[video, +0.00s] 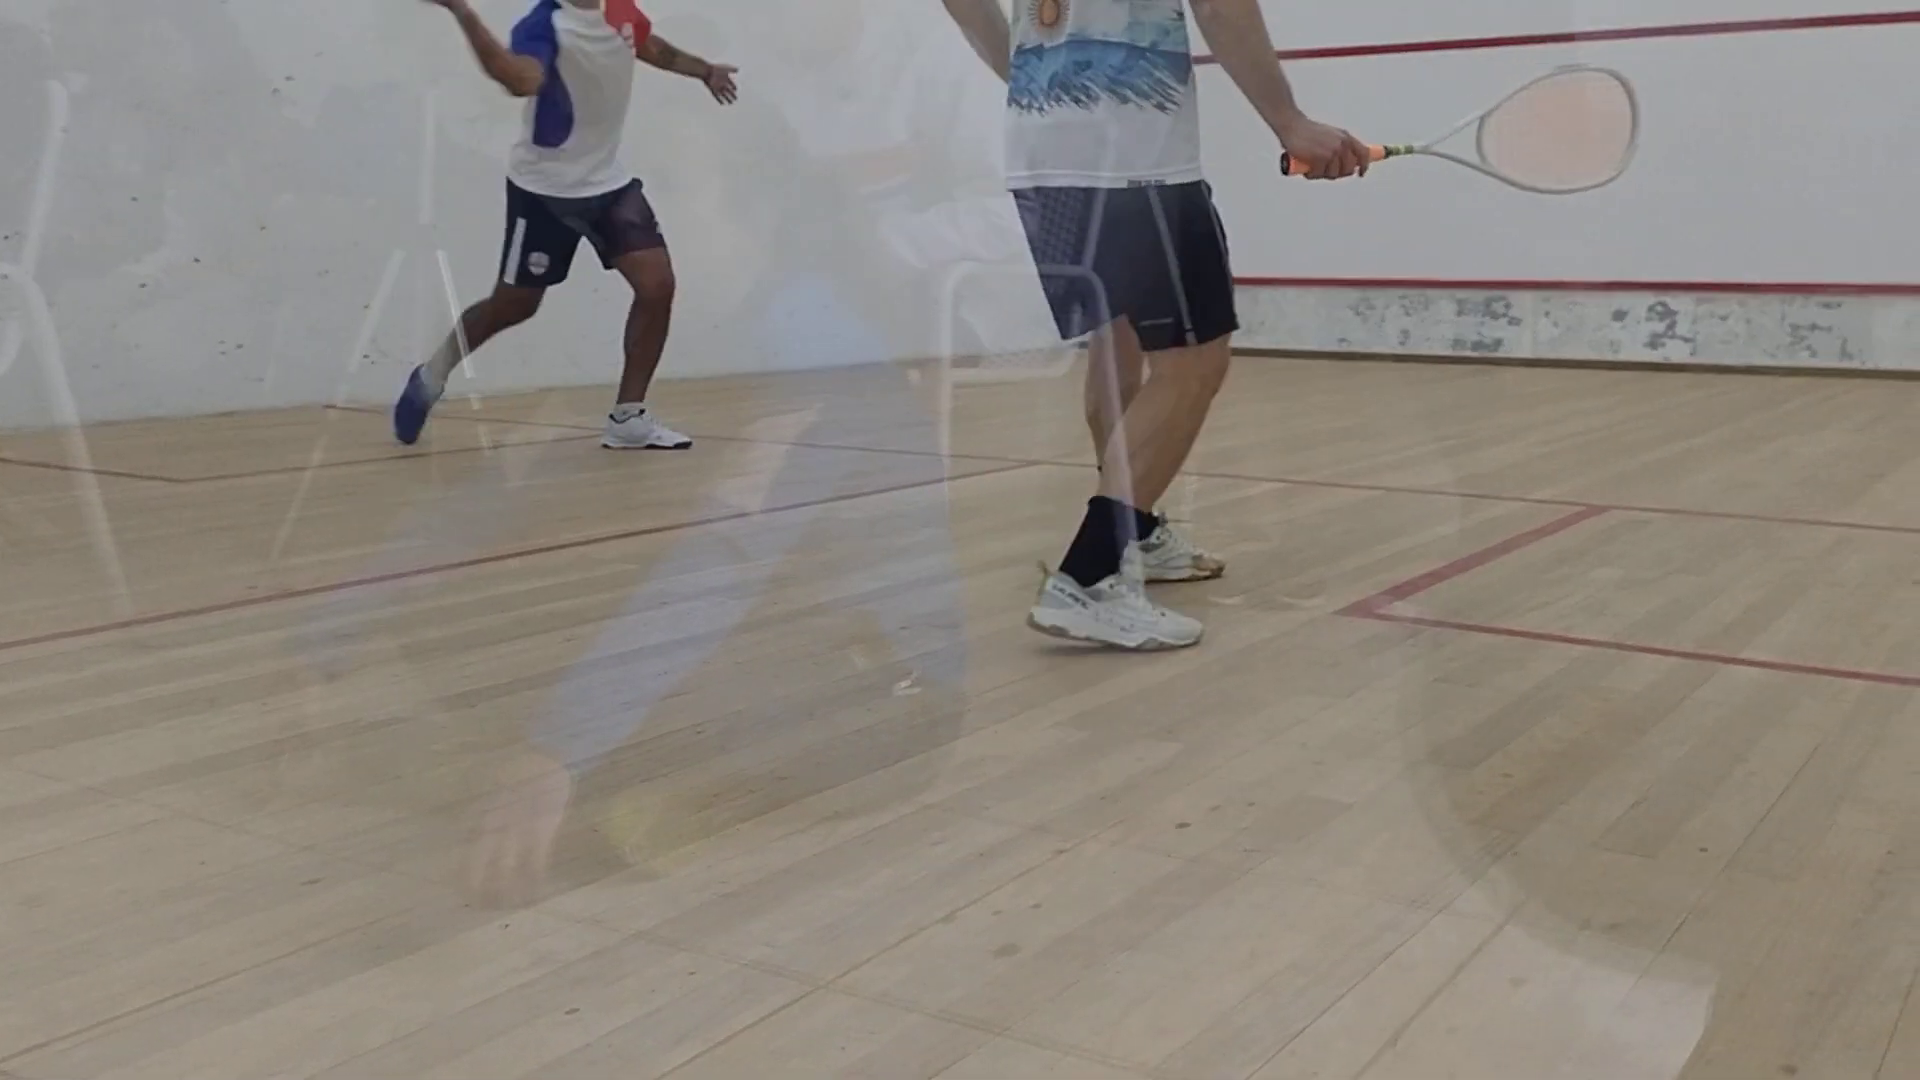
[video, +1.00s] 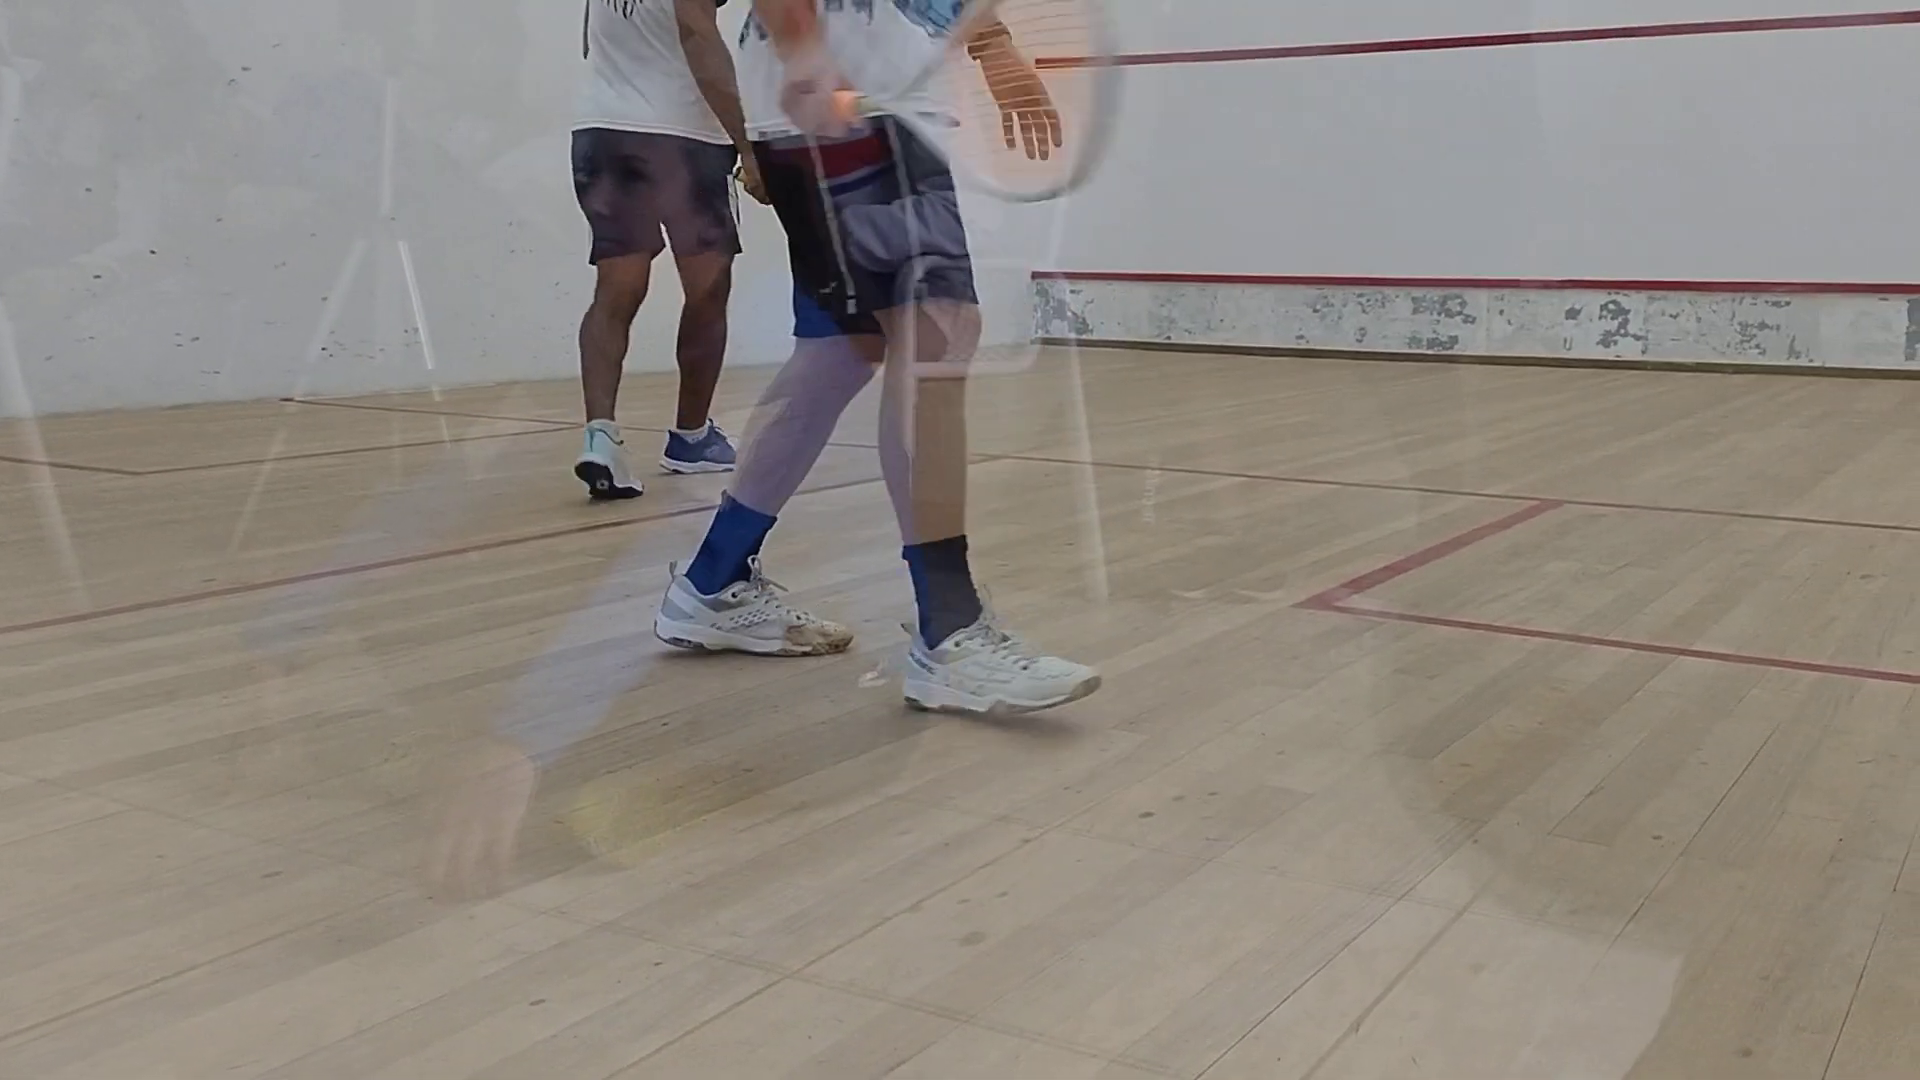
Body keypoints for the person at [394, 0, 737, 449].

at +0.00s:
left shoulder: (624, 13)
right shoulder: (543, 24)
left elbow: (653, 49)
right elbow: (522, 80)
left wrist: (705, 70)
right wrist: (463, 12)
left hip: (607, 181)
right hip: (542, 186)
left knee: (657, 286)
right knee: (516, 302)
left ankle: (627, 416)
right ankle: (430, 377)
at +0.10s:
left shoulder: (629, 7)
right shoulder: (586, 18)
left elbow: (646, 48)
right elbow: (649, 96)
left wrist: (698, 80)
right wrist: (649, 63)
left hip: (613, 171)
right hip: (556, 177)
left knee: (654, 288)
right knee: (562, 305)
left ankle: (622, 415)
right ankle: (467, 370)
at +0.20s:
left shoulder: (640, 6)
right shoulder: (613, 12)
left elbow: (642, 58)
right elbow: (680, 101)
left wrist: (692, 89)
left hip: (620, 162)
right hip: (568, 168)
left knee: (647, 286)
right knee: (605, 294)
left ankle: (617, 413)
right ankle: (512, 378)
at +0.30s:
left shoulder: (608, 4)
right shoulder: (650, 12)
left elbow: (595, 69)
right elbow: (676, 114)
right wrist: (714, 210)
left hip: (611, 159)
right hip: (597, 162)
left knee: (643, 286)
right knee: (645, 285)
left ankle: (611, 413)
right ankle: (553, 397)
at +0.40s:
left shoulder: (612, 3)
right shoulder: (663, 11)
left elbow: (579, 42)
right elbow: (661, 113)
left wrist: (615, 111)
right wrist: (687, 214)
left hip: (593, 154)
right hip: (617, 158)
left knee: (640, 288)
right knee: (680, 285)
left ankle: (607, 413)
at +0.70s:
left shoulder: (610, 0)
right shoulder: (694, 4)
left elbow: (584, 46)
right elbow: (694, 59)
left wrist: (605, 135)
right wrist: (709, 160)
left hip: (608, 136)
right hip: (668, 139)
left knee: (645, 264)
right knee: (713, 281)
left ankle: (603, 409)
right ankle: (694, 436)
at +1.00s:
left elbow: (596, 45)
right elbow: (697, 32)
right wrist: (747, 145)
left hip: (602, 124)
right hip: (686, 131)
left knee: (617, 290)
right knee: (707, 289)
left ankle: (599, 436)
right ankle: (691, 435)